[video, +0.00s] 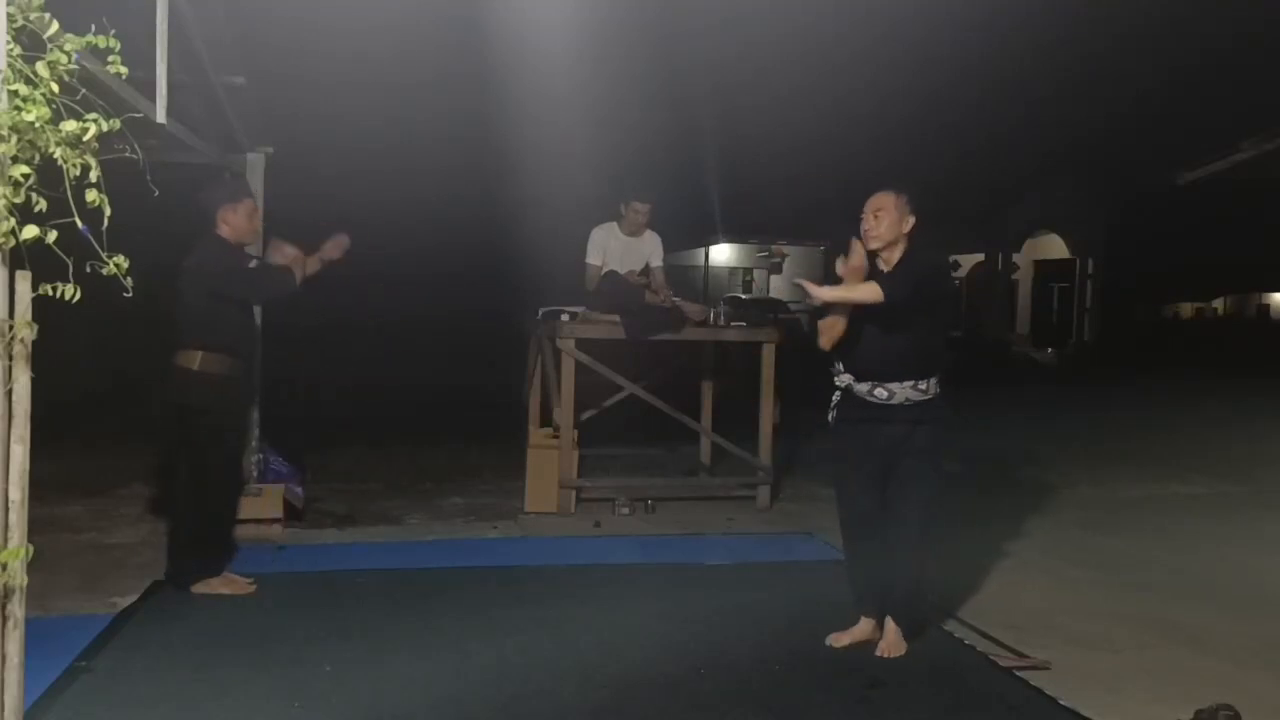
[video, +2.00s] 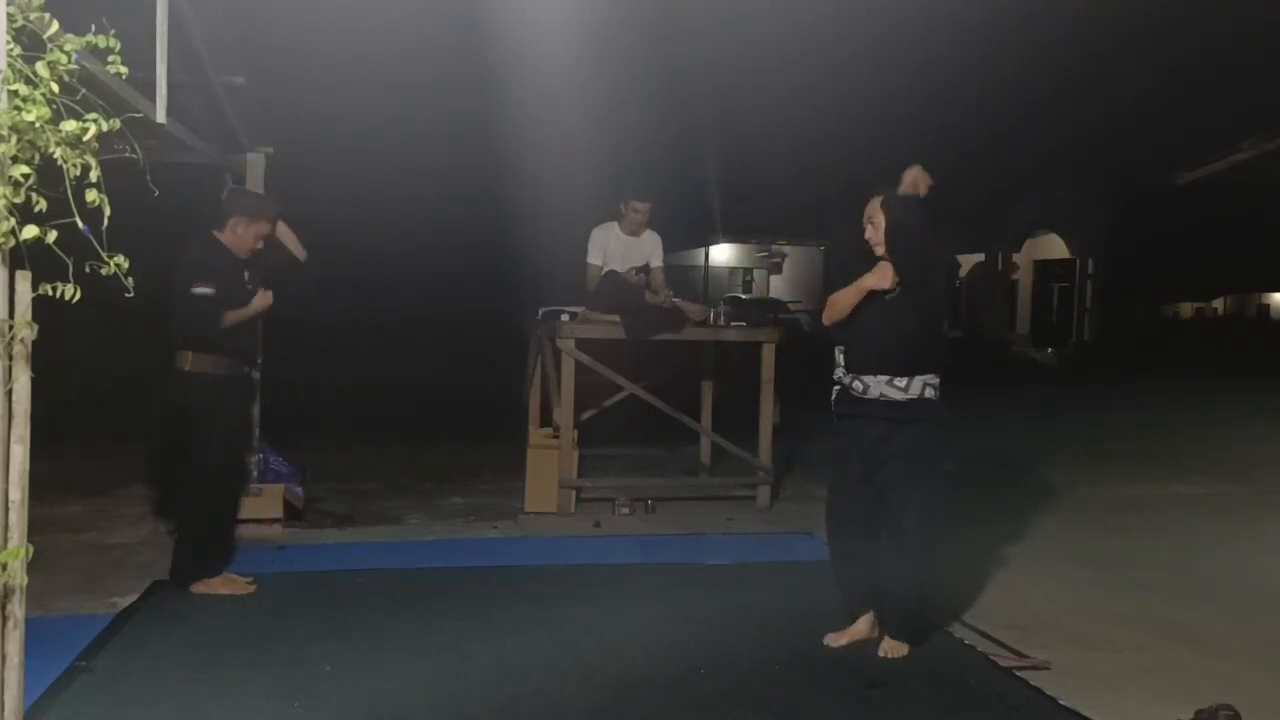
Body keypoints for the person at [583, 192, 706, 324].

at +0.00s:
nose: (640, 219)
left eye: (645, 214)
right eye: (635, 212)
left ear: (650, 215)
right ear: (623, 209)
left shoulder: (653, 240)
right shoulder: (601, 234)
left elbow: (659, 282)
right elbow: (591, 285)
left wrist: (664, 293)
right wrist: (622, 281)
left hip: (635, 300)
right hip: (602, 300)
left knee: (674, 316)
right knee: (611, 278)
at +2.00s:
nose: (641, 218)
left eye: (645, 213)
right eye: (636, 212)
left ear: (650, 213)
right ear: (623, 208)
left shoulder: (653, 239)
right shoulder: (601, 234)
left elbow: (658, 283)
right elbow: (592, 285)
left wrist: (665, 294)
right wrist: (622, 281)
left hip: (637, 301)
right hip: (603, 301)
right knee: (611, 278)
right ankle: (676, 310)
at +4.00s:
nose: (633, 214)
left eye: (639, 209)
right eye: (628, 207)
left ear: (648, 212)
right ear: (620, 207)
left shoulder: (652, 239)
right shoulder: (601, 234)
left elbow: (658, 282)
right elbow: (591, 284)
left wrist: (664, 294)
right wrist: (621, 279)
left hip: (634, 300)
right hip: (602, 300)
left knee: (676, 317)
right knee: (611, 278)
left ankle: (607, 319)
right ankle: (679, 306)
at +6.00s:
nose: (642, 218)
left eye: (647, 212)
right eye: (637, 211)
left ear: (651, 214)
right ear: (624, 209)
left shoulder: (654, 240)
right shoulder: (602, 234)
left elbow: (659, 283)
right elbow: (592, 283)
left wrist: (665, 295)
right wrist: (623, 281)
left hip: (637, 300)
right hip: (603, 300)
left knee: (675, 317)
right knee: (611, 278)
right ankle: (679, 306)